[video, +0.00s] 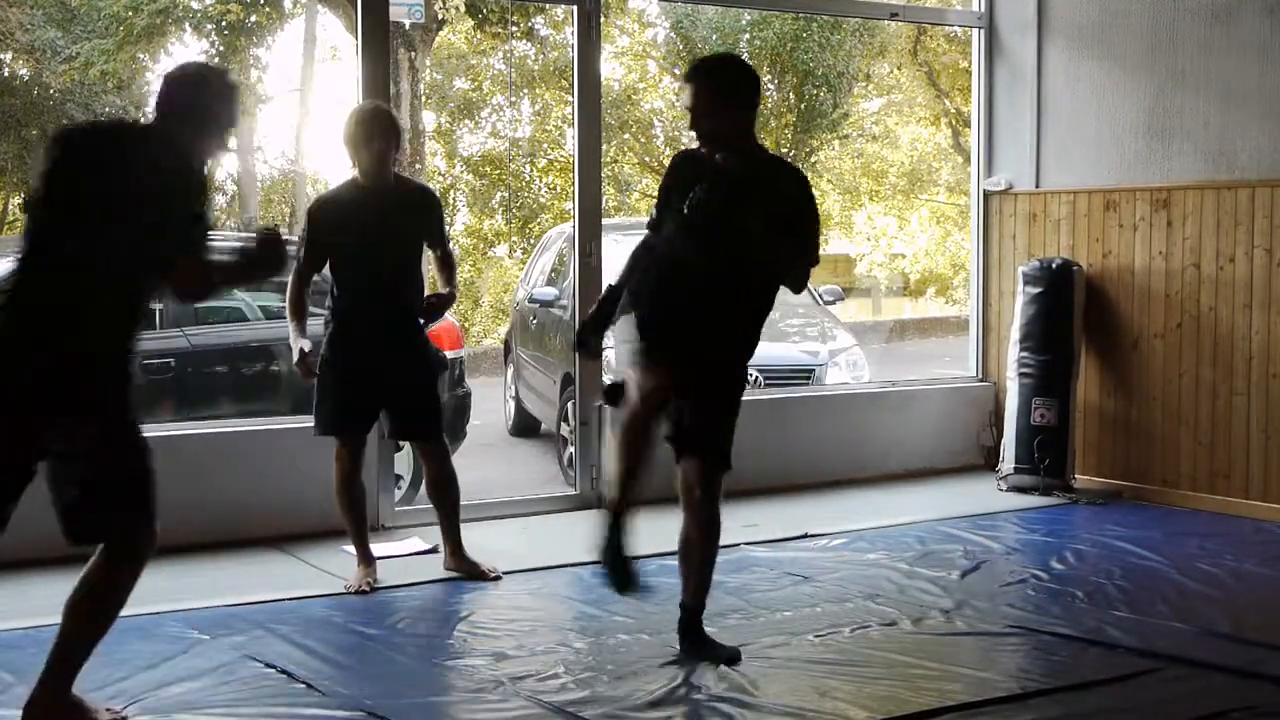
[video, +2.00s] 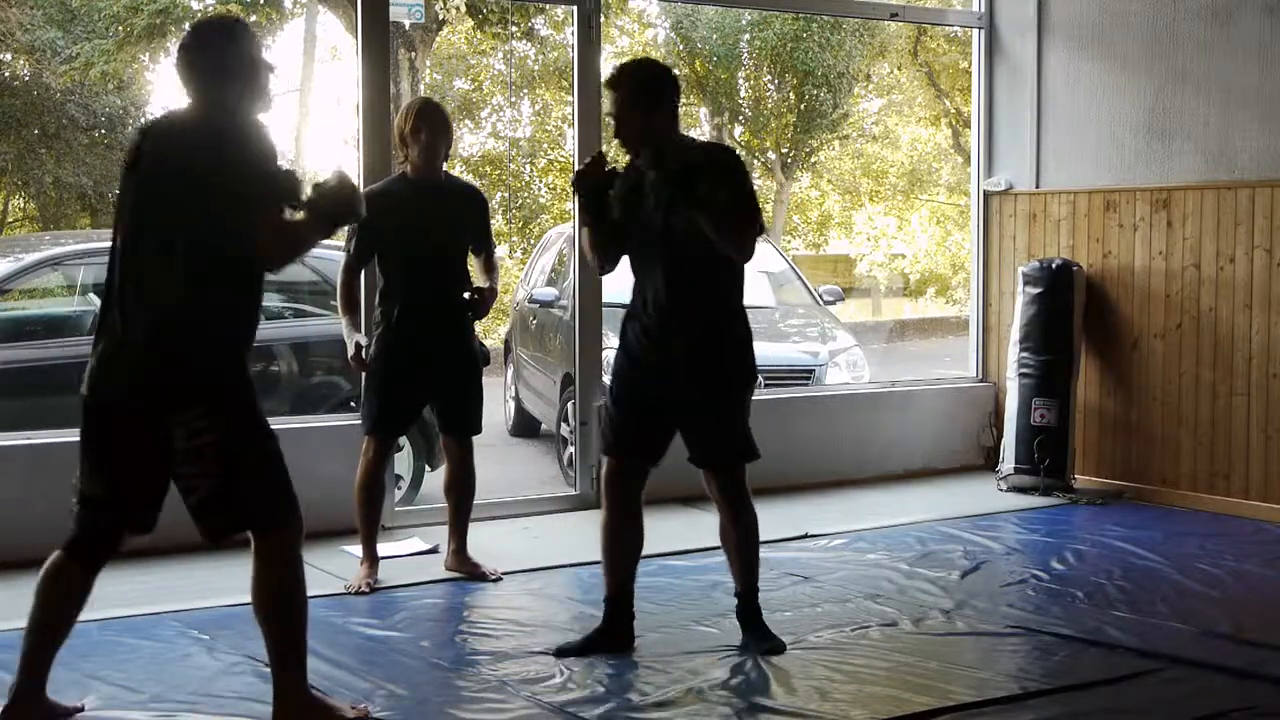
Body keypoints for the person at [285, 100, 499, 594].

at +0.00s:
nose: (381, 151)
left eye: (388, 139)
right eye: (371, 141)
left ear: (399, 144)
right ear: (352, 146)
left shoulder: (421, 200)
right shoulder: (328, 209)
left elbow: (444, 257)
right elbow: (299, 282)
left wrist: (447, 294)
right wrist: (298, 340)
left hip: (408, 341)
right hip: (350, 344)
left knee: (432, 447)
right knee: (348, 455)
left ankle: (454, 552)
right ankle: (364, 561)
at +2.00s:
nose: (427, 140)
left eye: (435, 131)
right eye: (418, 131)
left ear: (448, 137)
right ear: (403, 138)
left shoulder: (468, 198)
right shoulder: (379, 199)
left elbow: (486, 258)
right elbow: (350, 272)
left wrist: (489, 291)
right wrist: (352, 332)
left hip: (452, 336)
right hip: (395, 338)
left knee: (459, 446)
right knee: (377, 447)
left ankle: (457, 552)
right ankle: (367, 560)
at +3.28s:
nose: (429, 142)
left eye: (436, 132)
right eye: (420, 132)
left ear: (446, 138)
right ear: (400, 136)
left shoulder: (462, 196)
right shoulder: (379, 189)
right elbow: (361, 258)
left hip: (452, 329)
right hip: (391, 326)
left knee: (456, 443)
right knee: (381, 435)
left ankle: (457, 550)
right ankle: (363, 548)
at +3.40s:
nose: (427, 143)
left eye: (435, 134)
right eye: (418, 133)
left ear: (447, 140)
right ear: (398, 137)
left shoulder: (464, 198)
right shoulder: (376, 189)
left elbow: (487, 264)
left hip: (450, 331)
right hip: (391, 328)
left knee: (456, 446)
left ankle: (457, 549)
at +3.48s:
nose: (428, 144)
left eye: (435, 133)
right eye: (418, 133)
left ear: (447, 139)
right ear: (398, 136)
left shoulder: (464, 198)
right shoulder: (376, 186)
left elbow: (483, 268)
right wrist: (482, 267)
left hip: (451, 331)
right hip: (393, 326)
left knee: (456, 446)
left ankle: (457, 549)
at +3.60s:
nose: (429, 144)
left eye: (434, 134)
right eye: (422, 134)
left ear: (444, 138)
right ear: (406, 134)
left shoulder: (463, 195)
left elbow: (485, 264)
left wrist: (489, 298)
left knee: (457, 444)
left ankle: (458, 549)